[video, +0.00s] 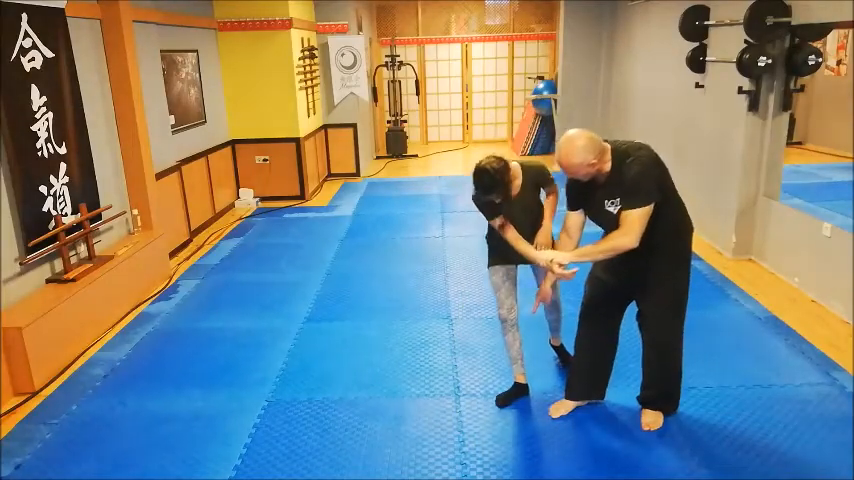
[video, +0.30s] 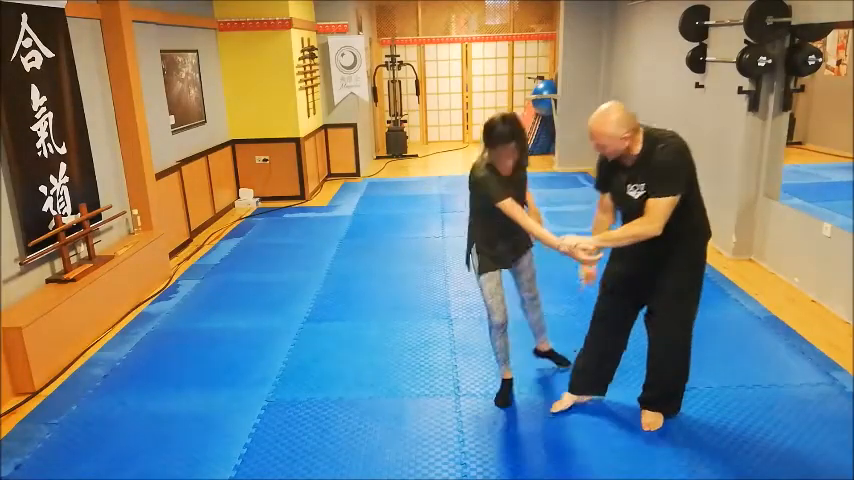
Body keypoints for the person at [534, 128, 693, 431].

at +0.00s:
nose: (571, 180)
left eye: (574, 175)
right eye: (567, 175)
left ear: (595, 162)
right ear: (569, 162)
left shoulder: (639, 164)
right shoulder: (579, 176)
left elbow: (629, 238)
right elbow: (570, 234)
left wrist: (569, 255)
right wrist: (548, 280)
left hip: (665, 246)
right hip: (620, 244)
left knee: (659, 323)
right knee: (596, 312)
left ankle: (654, 402)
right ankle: (582, 391)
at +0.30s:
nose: (597, 148)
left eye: (602, 143)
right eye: (595, 141)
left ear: (627, 138)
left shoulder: (669, 153)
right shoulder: (610, 159)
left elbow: (653, 225)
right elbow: (605, 211)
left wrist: (594, 242)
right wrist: (591, 255)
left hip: (681, 248)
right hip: (635, 242)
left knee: (668, 323)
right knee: (609, 312)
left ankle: (655, 403)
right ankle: (585, 386)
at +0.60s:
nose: (622, 118)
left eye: (627, 112)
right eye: (621, 111)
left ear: (653, 112)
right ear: (647, 112)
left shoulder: (688, 143)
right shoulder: (637, 143)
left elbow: (674, 214)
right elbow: (633, 199)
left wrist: (611, 227)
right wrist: (621, 239)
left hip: (687, 245)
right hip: (649, 239)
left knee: (669, 317)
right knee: (632, 307)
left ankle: (661, 400)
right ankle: (641, 372)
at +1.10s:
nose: (658, 95)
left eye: (665, 89)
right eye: (659, 88)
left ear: (688, 95)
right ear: (685, 95)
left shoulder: (699, 137)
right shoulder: (686, 123)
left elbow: (659, 198)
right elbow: (670, 177)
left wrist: (608, 225)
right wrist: (647, 212)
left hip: (695, 237)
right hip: (677, 228)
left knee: (669, 311)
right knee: (687, 302)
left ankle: (659, 400)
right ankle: (697, 370)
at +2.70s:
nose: (652, 128)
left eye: (658, 121)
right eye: (651, 121)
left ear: (684, 116)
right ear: (673, 116)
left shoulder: (717, 148)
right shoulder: (661, 144)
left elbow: (672, 212)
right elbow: (626, 181)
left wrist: (611, 214)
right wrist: (592, 194)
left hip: (707, 253)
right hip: (666, 245)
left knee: (691, 333)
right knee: (647, 309)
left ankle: (673, 414)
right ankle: (680, 366)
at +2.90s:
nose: (640, 143)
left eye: (647, 137)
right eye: (639, 136)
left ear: (676, 133)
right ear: (640, 130)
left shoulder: (710, 157)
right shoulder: (642, 156)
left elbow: (663, 223)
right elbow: (605, 195)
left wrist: (600, 228)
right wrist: (573, 218)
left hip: (701, 261)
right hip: (653, 250)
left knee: (692, 344)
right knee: (615, 311)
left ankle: (673, 419)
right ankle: (623, 380)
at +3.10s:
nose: (616, 166)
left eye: (624, 162)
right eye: (614, 159)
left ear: (651, 155)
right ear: (613, 149)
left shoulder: (685, 170)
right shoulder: (618, 169)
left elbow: (640, 238)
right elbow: (584, 217)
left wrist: (575, 258)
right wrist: (547, 253)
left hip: (688, 266)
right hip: (640, 258)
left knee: (686, 344)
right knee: (606, 319)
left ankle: (672, 418)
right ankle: (574, 399)